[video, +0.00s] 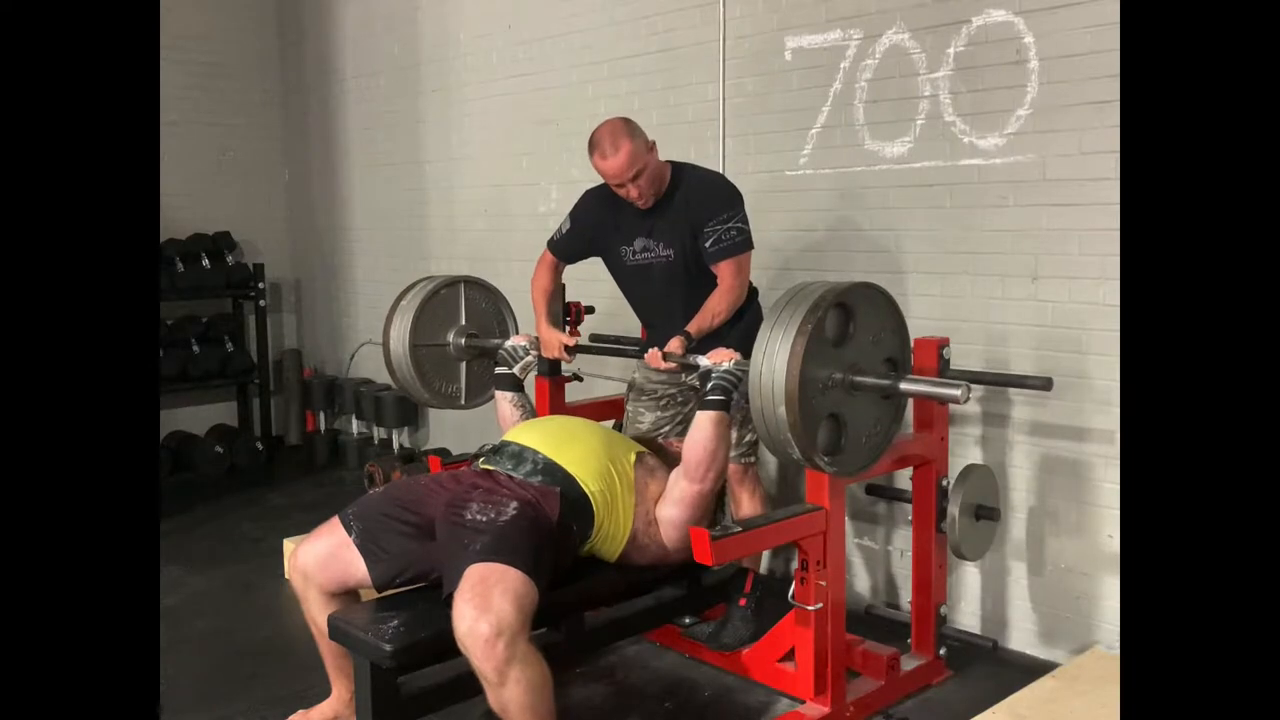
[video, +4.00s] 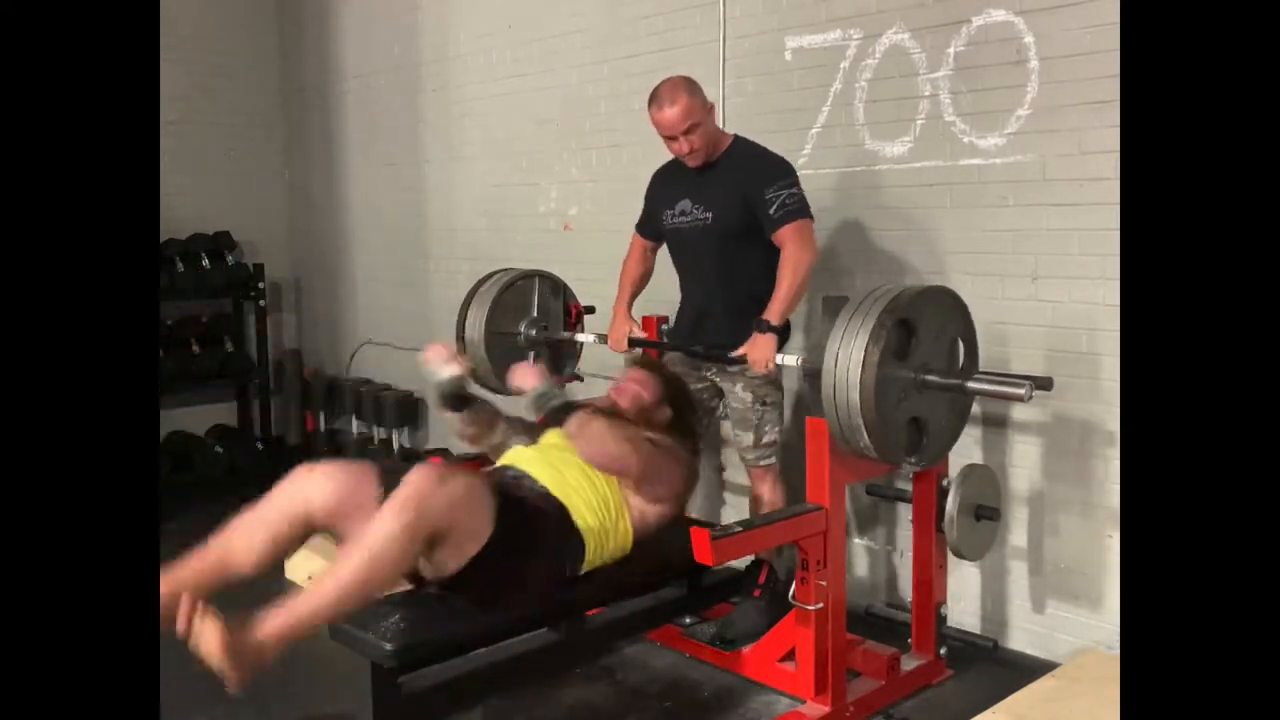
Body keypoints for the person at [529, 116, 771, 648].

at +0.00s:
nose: (632, 192)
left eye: (636, 177)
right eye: (617, 185)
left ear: (654, 150)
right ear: (600, 175)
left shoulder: (710, 193)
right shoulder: (598, 208)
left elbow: (734, 286)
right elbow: (549, 263)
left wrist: (684, 337)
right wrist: (545, 324)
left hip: (725, 347)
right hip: (659, 353)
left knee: (736, 467)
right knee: (651, 461)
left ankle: (756, 587)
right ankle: (694, 576)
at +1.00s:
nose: (640, 186)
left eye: (648, 173)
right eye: (631, 176)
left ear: (676, 151)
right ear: (622, 164)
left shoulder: (733, 194)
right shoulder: (631, 194)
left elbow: (766, 287)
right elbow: (630, 254)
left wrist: (744, 373)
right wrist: (634, 319)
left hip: (731, 366)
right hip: (667, 363)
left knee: (738, 480)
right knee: (649, 473)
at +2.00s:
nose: (656, 181)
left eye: (662, 166)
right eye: (643, 172)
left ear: (682, 140)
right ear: (628, 163)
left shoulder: (738, 192)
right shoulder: (627, 199)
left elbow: (774, 280)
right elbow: (583, 247)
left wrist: (720, 321)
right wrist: (567, 291)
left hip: (746, 347)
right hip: (677, 351)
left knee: (751, 465)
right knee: (666, 460)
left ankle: (770, 593)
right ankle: (700, 583)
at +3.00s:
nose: (675, 167)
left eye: (683, 157)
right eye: (671, 156)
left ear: (718, 145)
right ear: (676, 148)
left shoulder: (775, 184)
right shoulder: (672, 195)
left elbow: (795, 270)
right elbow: (638, 254)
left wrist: (753, 327)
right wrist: (624, 310)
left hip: (763, 354)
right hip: (697, 351)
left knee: (758, 465)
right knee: (664, 450)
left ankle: (772, 592)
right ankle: (698, 573)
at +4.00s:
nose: (682, 147)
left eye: (689, 131)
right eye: (670, 139)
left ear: (712, 113)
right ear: (659, 134)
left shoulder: (765, 171)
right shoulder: (665, 183)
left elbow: (800, 251)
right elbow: (642, 250)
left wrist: (770, 328)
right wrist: (621, 308)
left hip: (749, 356)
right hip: (686, 351)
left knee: (761, 472)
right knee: (688, 468)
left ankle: (773, 591)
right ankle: (693, 578)